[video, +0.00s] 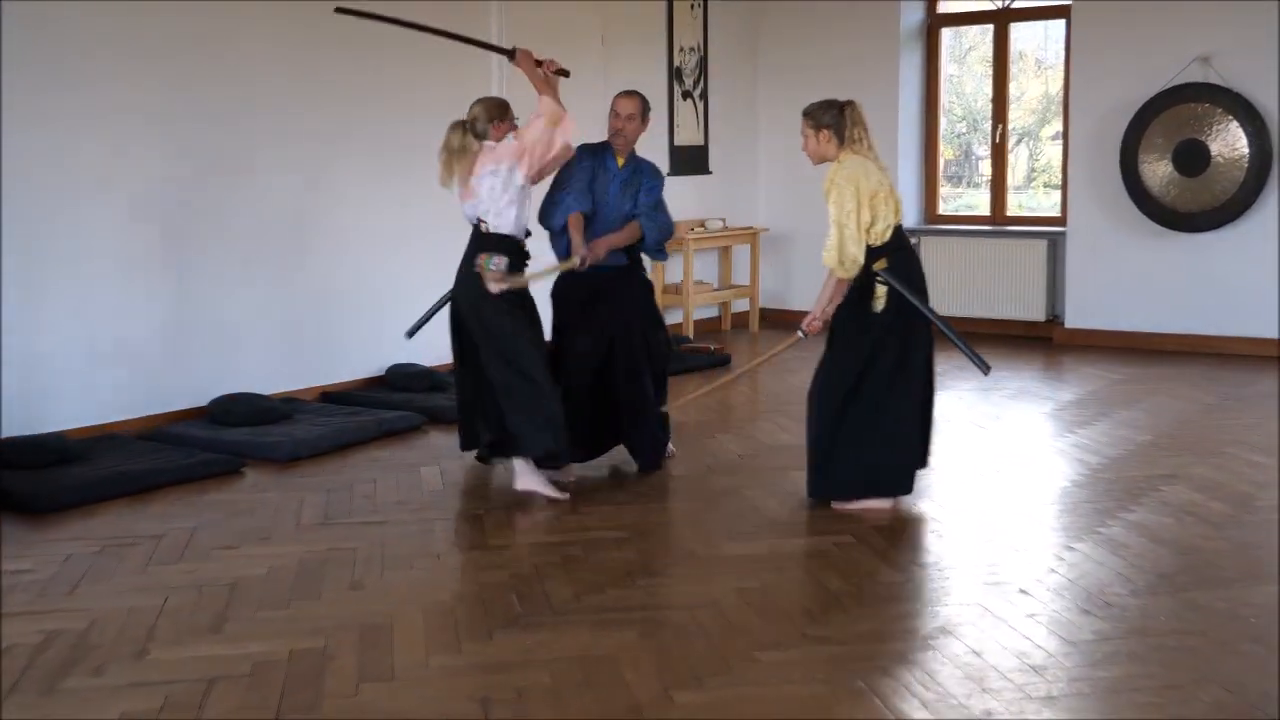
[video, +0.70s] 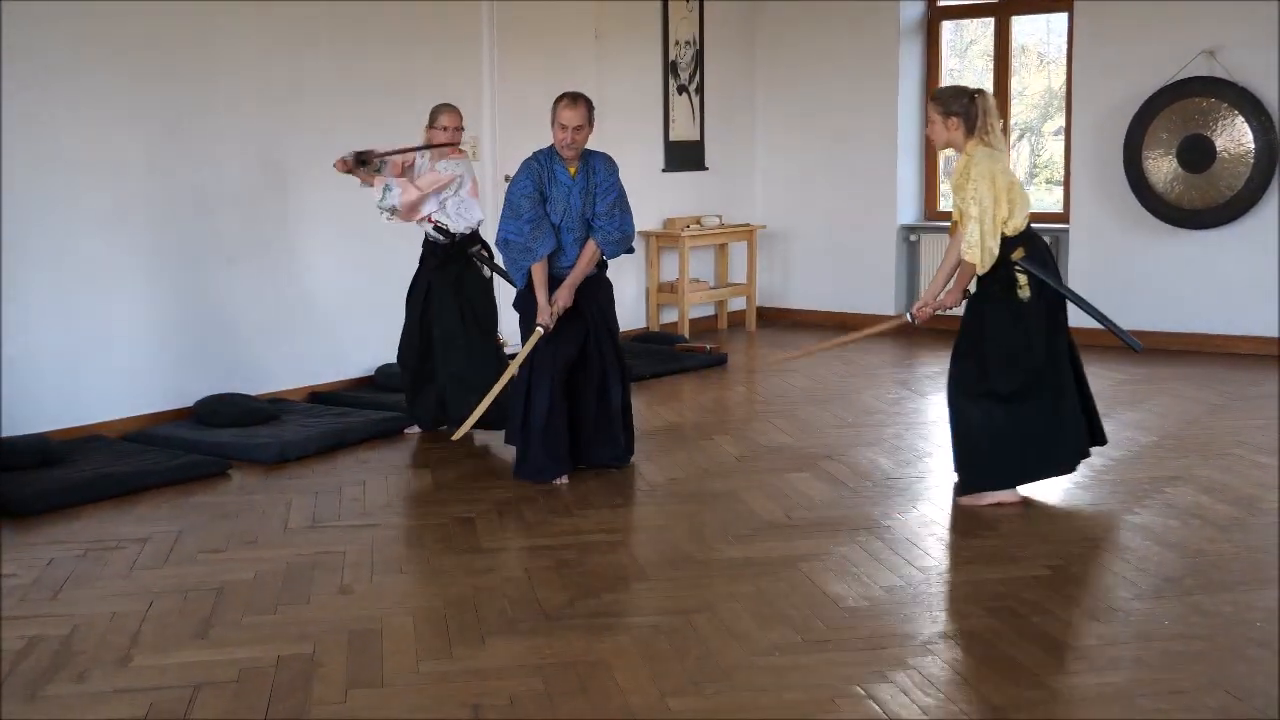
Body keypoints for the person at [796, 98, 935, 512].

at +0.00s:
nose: (803, 146)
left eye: (806, 137)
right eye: (803, 137)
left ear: (826, 136)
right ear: (837, 135)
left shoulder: (844, 175)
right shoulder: (867, 167)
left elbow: (849, 255)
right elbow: (845, 253)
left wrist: (823, 311)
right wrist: (821, 308)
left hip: (877, 291)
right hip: (902, 284)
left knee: (838, 388)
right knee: (885, 383)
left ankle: (869, 490)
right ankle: (884, 485)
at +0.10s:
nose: (818, 143)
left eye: (821, 135)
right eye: (818, 134)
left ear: (843, 135)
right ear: (854, 134)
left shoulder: (859, 175)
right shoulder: (883, 164)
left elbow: (864, 257)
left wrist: (839, 313)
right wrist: (847, 308)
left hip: (892, 288)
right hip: (918, 279)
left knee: (842, 383)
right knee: (894, 379)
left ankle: (869, 492)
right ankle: (901, 478)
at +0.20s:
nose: (837, 139)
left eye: (841, 131)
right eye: (838, 131)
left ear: (862, 132)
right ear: (870, 131)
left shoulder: (879, 171)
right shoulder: (902, 163)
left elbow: (883, 255)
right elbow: (925, 218)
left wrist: (859, 313)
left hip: (911, 284)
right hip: (939, 273)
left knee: (855, 380)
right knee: (916, 376)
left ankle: (875, 492)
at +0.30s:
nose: (858, 136)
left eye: (861, 128)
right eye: (858, 128)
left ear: (884, 129)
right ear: (893, 129)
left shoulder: (901, 170)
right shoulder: (925, 161)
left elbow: (905, 255)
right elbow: (945, 223)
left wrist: (878, 314)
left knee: (873, 377)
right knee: (963, 368)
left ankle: (878, 492)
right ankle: (990, 460)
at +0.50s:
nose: (895, 133)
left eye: (899, 124)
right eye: (896, 124)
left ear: (921, 125)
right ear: (928, 125)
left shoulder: (947, 166)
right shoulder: (945, 160)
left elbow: (952, 242)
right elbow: (937, 240)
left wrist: (930, 298)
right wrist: (916, 295)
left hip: (981, 278)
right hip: (999, 271)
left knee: (928, 374)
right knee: (993, 368)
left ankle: (910, 487)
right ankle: (1001, 465)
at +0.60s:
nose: (913, 133)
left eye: (917, 124)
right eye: (913, 125)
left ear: (938, 125)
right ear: (943, 124)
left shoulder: (961, 167)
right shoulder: (966, 161)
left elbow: (966, 246)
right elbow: (949, 241)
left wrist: (944, 296)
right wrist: (925, 298)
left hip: (996, 280)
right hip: (1011, 273)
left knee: (946, 375)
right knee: (996, 370)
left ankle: (953, 487)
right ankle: (1002, 467)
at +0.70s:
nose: (928, 130)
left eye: (932, 122)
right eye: (928, 122)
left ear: (954, 123)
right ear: (957, 122)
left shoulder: (979, 165)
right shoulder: (972, 163)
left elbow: (980, 241)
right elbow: (959, 236)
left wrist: (957, 291)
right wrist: (932, 292)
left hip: (1011, 277)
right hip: (1005, 273)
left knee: (974, 373)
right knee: (980, 372)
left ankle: (997, 482)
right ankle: (993, 478)